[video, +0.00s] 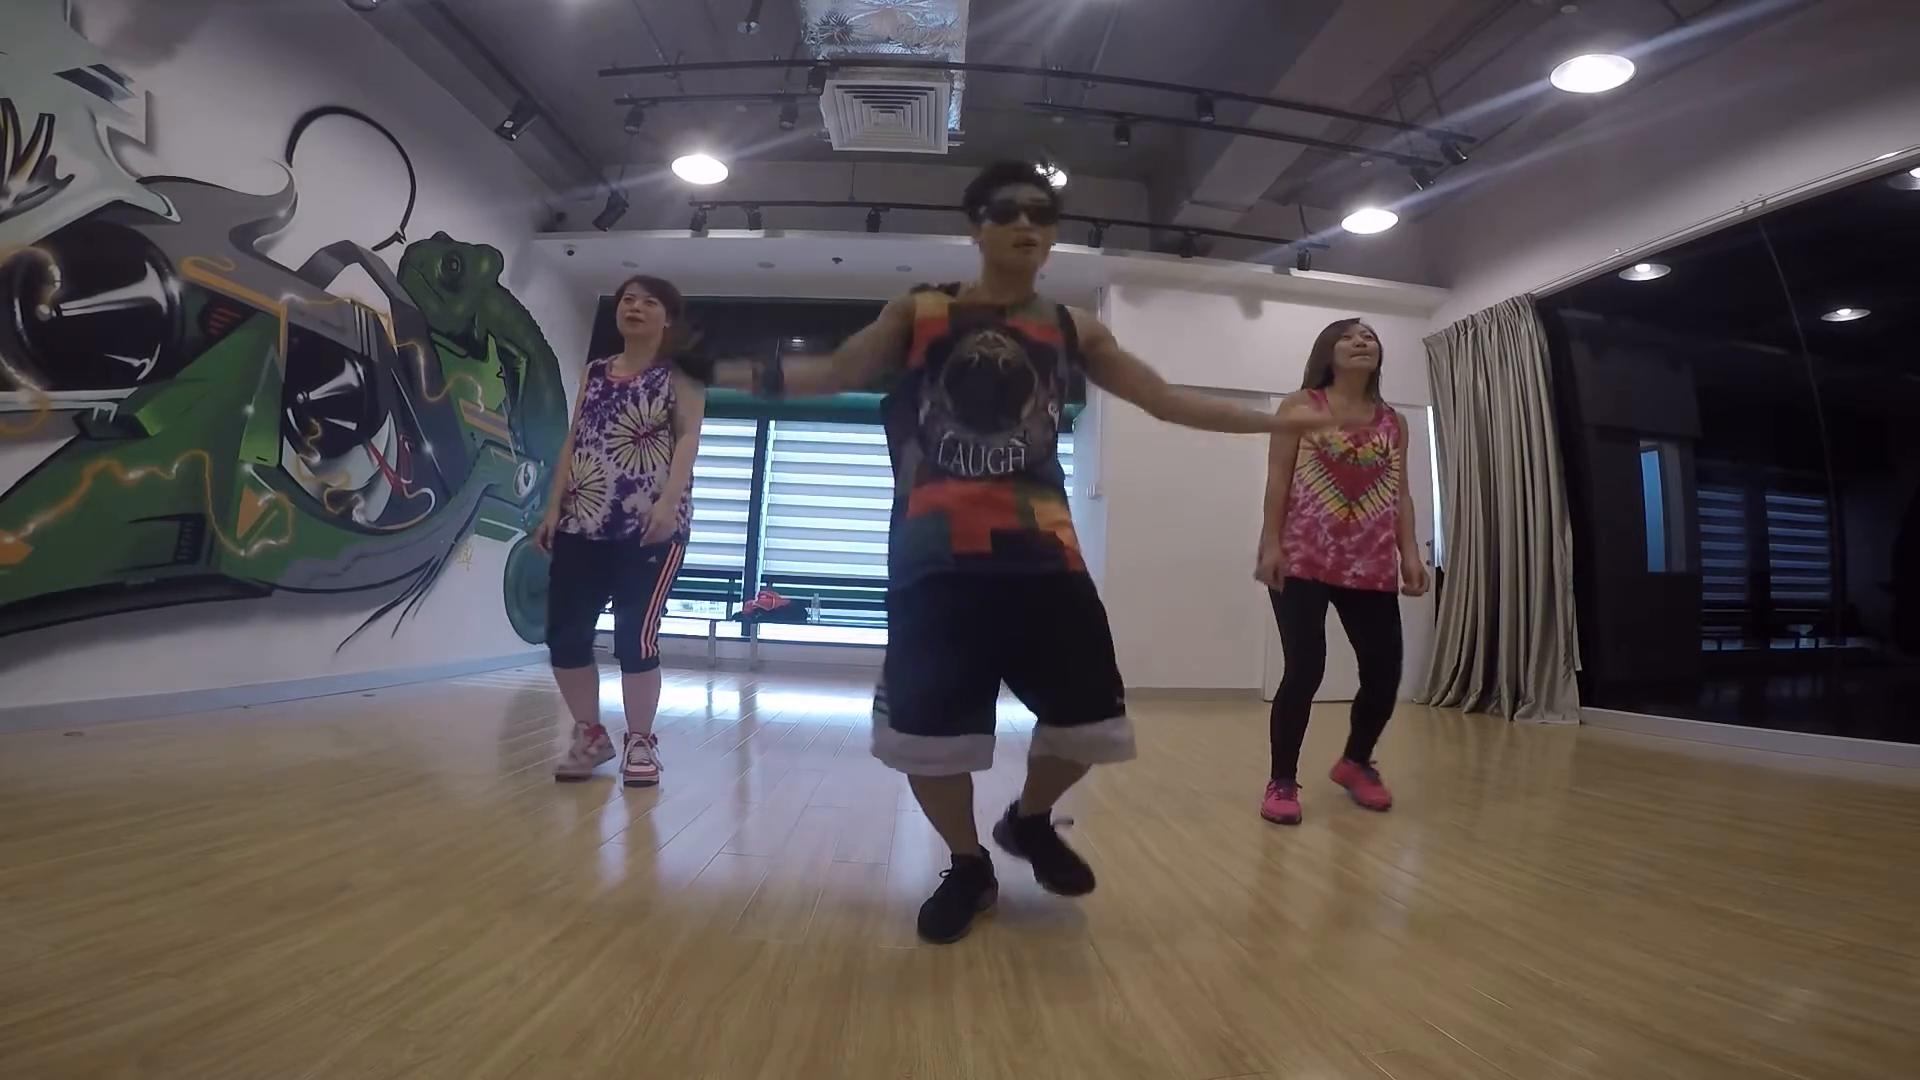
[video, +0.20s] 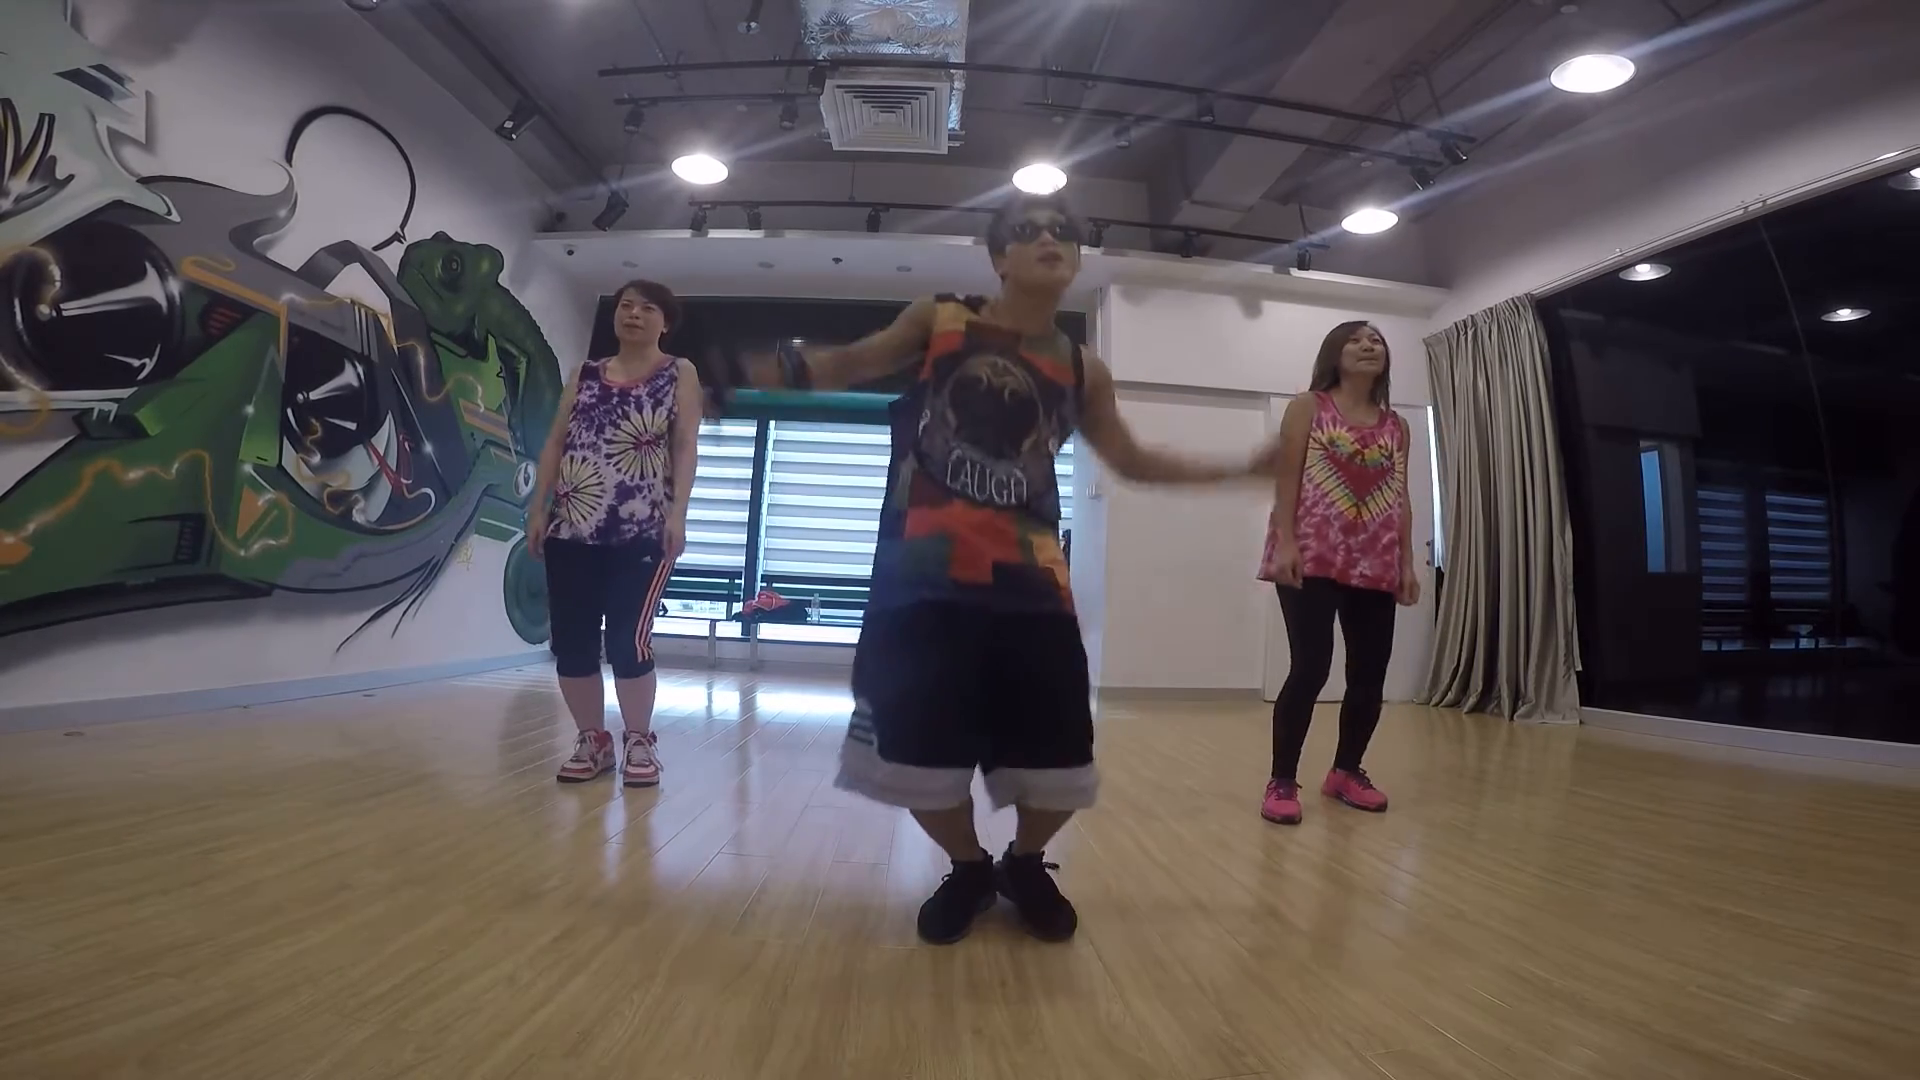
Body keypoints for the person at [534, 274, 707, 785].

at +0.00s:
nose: (635, 306)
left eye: (648, 301)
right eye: (628, 300)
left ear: (669, 320)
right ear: (615, 314)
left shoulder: (681, 383)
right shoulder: (593, 375)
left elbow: (687, 444)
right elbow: (574, 442)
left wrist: (668, 502)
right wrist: (554, 506)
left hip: (648, 527)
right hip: (582, 525)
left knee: (635, 636)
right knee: (565, 634)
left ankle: (640, 741)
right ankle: (590, 736)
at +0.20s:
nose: (633, 313)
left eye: (645, 308)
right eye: (625, 306)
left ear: (664, 322)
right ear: (613, 317)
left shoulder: (679, 373)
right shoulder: (585, 373)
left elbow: (685, 448)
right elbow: (555, 442)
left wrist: (676, 515)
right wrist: (539, 506)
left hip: (641, 531)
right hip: (572, 528)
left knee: (627, 640)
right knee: (572, 642)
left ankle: (639, 741)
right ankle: (592, 741)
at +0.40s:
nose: (639, 310)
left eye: (652, 304)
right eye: (630, 303)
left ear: (668, 321)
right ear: (616, 316)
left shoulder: (681, 378)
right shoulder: (580, 370)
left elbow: (686, 452)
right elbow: (545, 436)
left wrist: (688, 519)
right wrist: (523, 502)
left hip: (643, 527)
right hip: (572, 524)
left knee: (624, 636)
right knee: (575, 639)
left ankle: (630, 748)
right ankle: (593, 743)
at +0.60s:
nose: (651, 308)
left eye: (664, 302)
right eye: (642, 301)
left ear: (680, 318)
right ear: (629, 313)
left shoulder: (691, 379)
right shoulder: (591, 359)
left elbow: (688, 451)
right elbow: (552, 424)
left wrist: (691, 519)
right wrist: (528, 488)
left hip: (648, 522)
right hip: (576, 517)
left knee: (628, 632)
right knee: (580, 635)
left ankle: (637, 741)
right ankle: (592, 740)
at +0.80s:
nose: (657, 318)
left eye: (669, 312)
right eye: (649, 311)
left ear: (686, 326)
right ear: (636, 323)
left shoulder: (700, 384)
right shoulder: (602, 374)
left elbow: (701, 457)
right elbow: (570, 439)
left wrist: (698, 520)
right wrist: (545, 505)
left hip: (654, 531)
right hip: (583, 527)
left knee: (638, 641)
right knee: (577, 640)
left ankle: (647, 736)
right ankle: (592, 739)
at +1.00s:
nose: (658, 322)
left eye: (670, 316)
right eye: (650, 315)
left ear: (689, 330)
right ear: (639, 327)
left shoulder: (703, 384)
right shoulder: (612, 381)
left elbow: (710, 456)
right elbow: (584, 454)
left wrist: (696, 504)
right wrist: (565, 518)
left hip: (662, 537)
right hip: (596, 531)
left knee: (643, 642)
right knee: (571, 635)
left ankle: (646, 738)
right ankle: (582, 742)